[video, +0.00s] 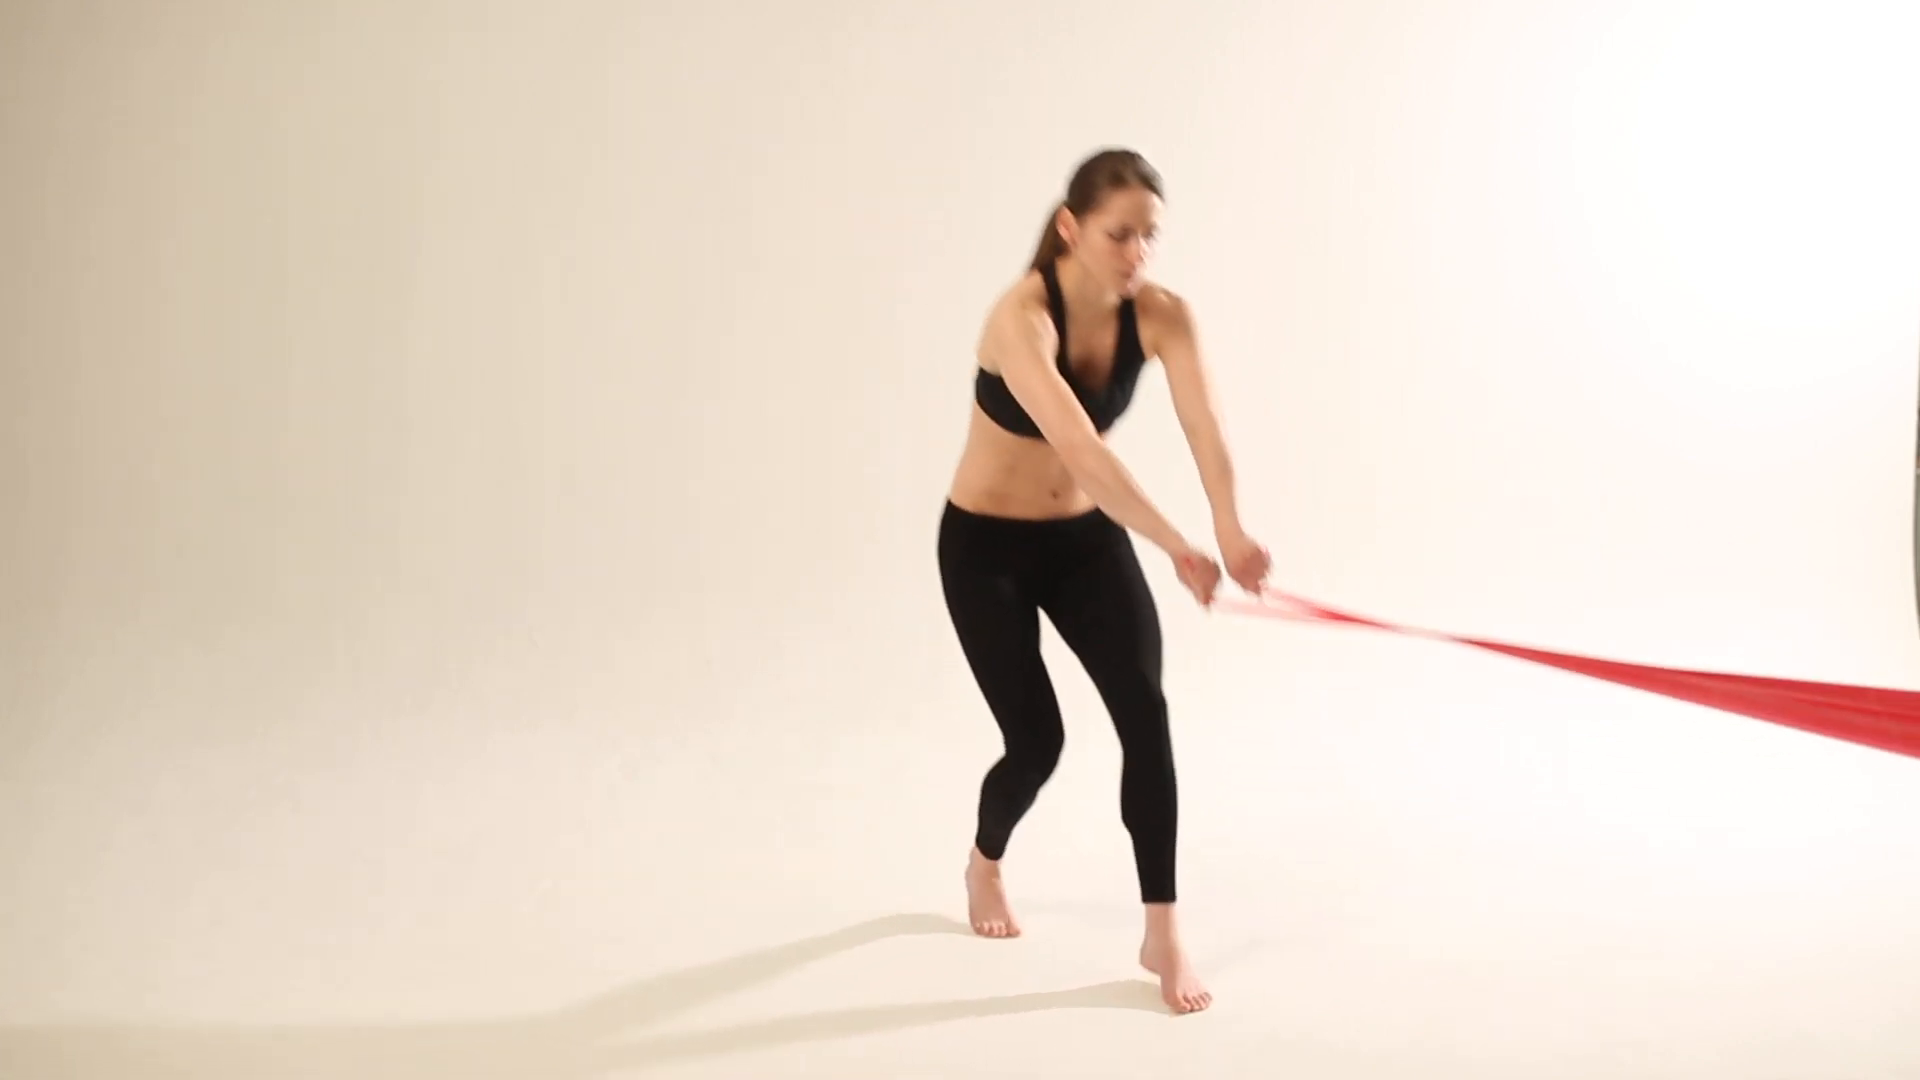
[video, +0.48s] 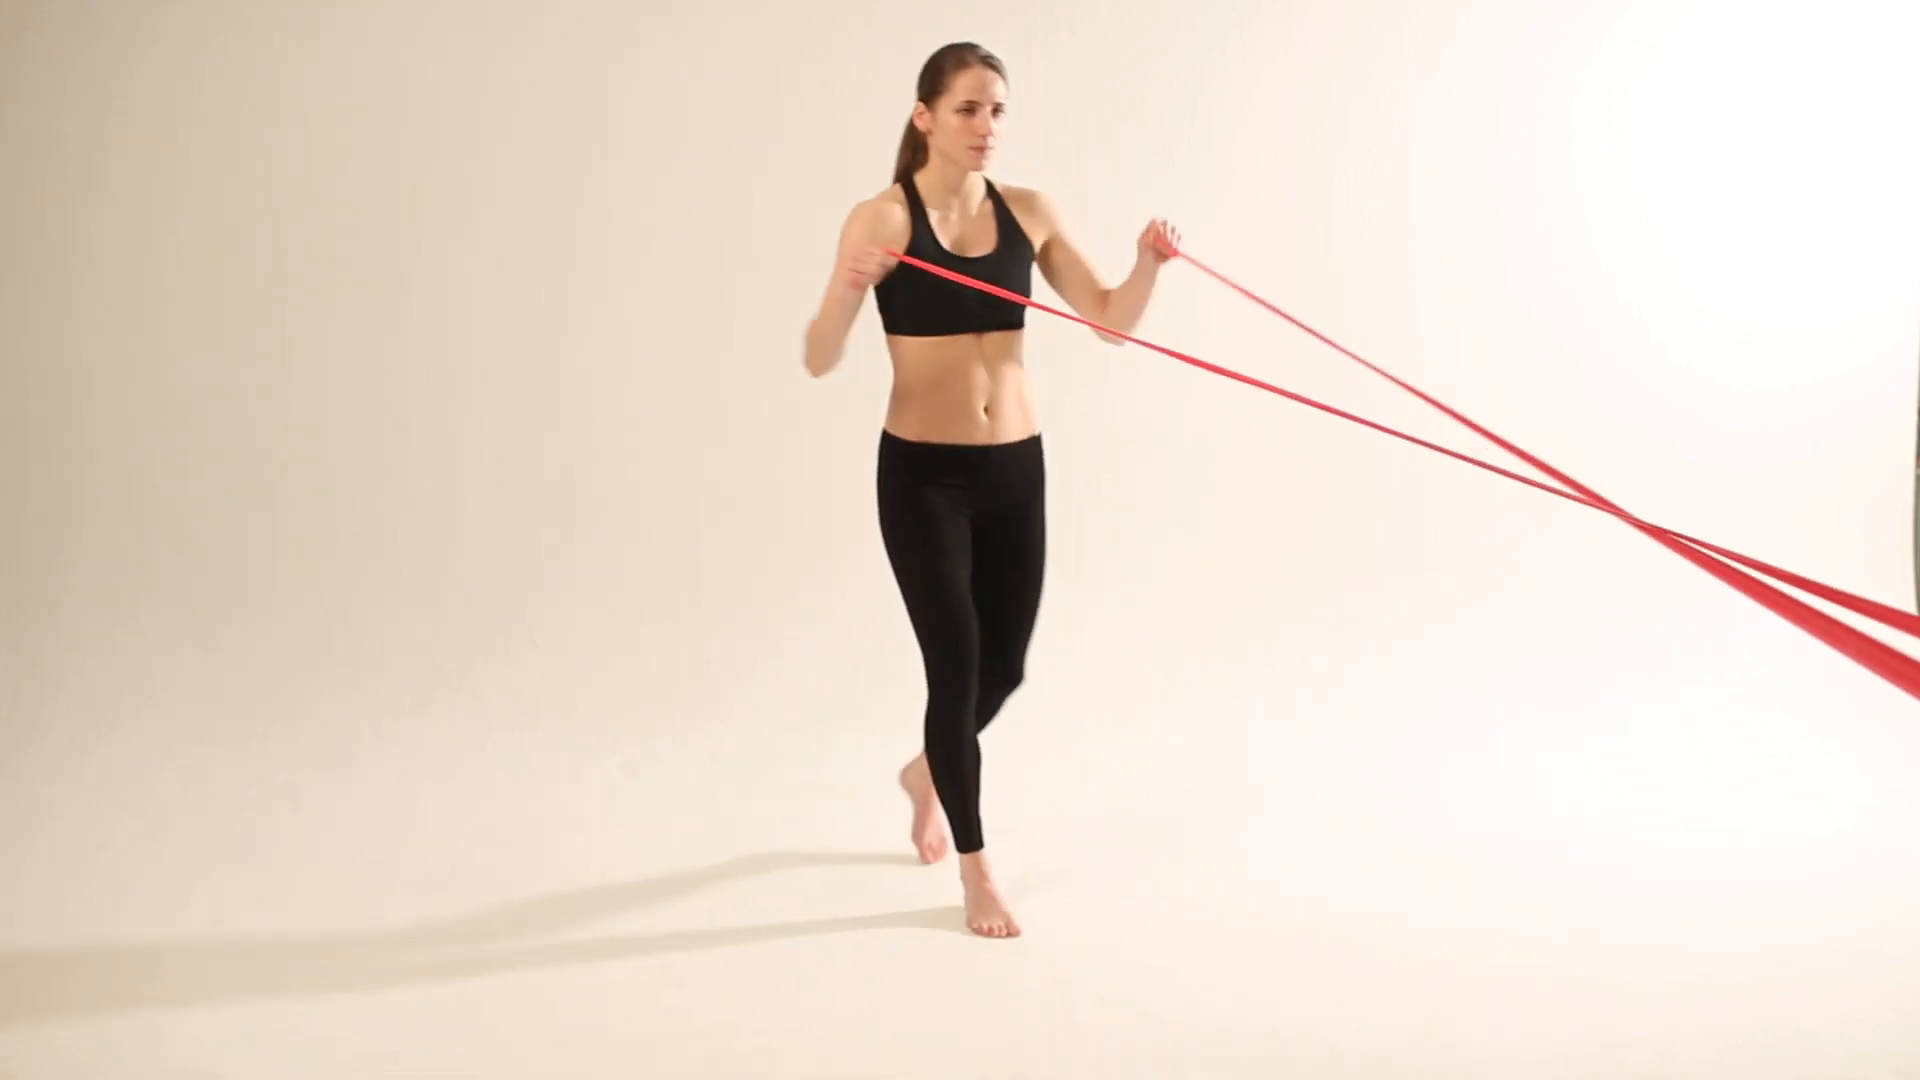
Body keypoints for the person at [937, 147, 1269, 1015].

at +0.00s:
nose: (1138, 251)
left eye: (1149, 234)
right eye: (1121, 232)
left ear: (1158, 237)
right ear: (1070, 229)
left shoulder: (1159, 312)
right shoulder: (1018, 321)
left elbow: (1202, 426)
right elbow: (1084, 454)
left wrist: (1231, 529)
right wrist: (1177, 547)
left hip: (1085, 540)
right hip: (984, 544)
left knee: (1145, 720)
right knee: (1036, 742)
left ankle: (1162, 930)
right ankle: (984, 861)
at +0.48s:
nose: (986, 125)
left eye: (996, 110)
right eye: (968, 108)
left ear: (1004, 120)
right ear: (923, 115)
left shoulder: (1025, 211)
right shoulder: (883, 215)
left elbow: (1112, 317)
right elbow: (819, 361)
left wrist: (1149, 263)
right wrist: (850, 288)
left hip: (1016, 469)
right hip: (922, 469)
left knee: (1005, 665)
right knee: (955, 666)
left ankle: (926, 771)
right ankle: (977, 873)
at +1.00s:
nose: (926, 119)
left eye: (936, 106)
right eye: (910, 103)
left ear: (946, 115)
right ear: (868, 109)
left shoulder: (963, 205)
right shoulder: (827, 207)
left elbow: (1002, 323)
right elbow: (762, 334)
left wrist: (1096, 271)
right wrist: (688, 290)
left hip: (958, 448)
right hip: (867, 445)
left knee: (932, 631)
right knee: (908, 621)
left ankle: (896, 802)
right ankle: (898, 812)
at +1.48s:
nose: (924, 121)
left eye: (934, 107)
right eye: (907, 105)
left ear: (945, 116)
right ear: (867, 110)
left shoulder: (961, 205)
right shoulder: (824, 206)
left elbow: (1000, 321)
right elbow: (759, 331)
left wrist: (1091, 270)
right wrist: (695, 285)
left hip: (956, 446)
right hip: (865, 444)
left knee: (934, 629)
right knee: (908, 620)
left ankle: (896, 800)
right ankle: (901, 811)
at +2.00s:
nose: (970, 123)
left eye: (980, 109)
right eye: (953, 108)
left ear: (989, 120)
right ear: (911, 119)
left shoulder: (1013, 213)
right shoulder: (873, 216)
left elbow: (1110, 311)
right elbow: (820, 331)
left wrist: (1134, 248)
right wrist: (894, 263)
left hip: (998, 467)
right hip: (904, 469)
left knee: (1013, 666)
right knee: (941, 659)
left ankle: (929, 767)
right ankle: (966, 862)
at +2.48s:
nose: (1103, 209)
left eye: (1112, 194)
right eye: (1083, 193)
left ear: (1119, 204)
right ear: (1035, 204)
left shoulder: (1137, 298)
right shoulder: (993, 310)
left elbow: (1205, 399)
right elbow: (1051, 433)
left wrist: (1222, 482)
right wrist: (1153, 503)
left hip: (1091, 550)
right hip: (987, 556)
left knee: (1144, 737)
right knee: (1025, 757)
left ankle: (1146, 940)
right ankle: (968, 848)